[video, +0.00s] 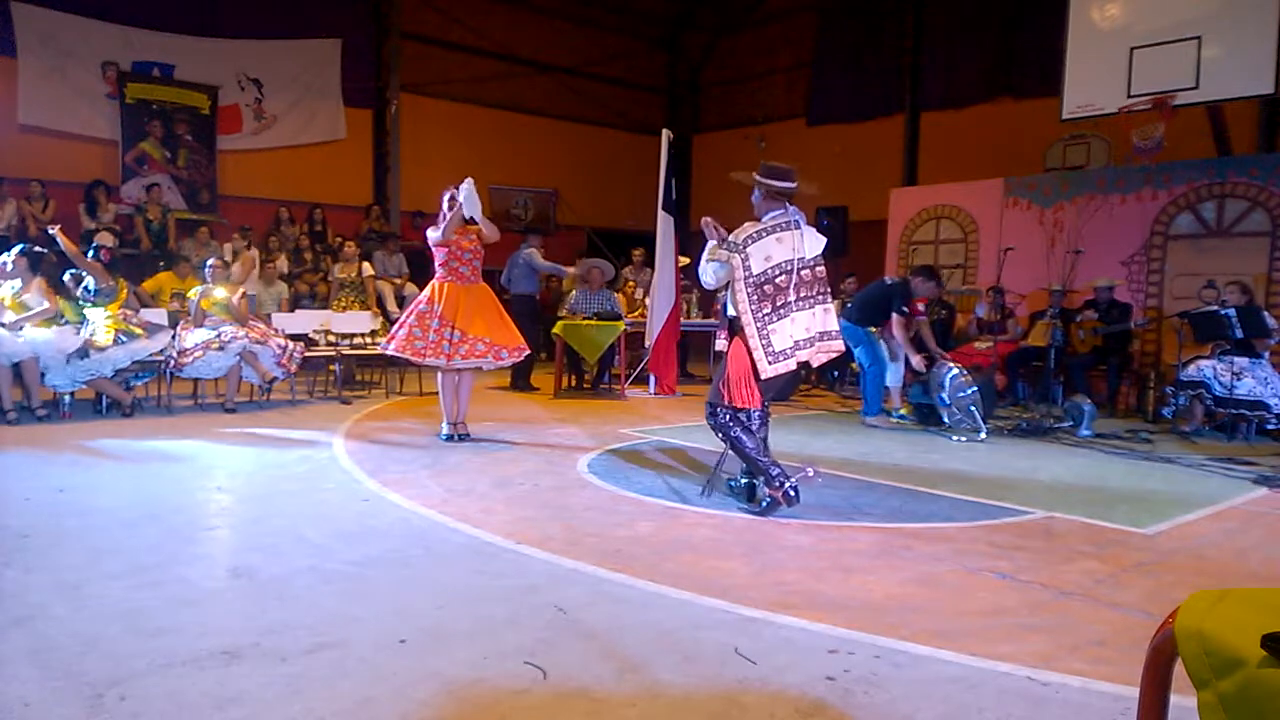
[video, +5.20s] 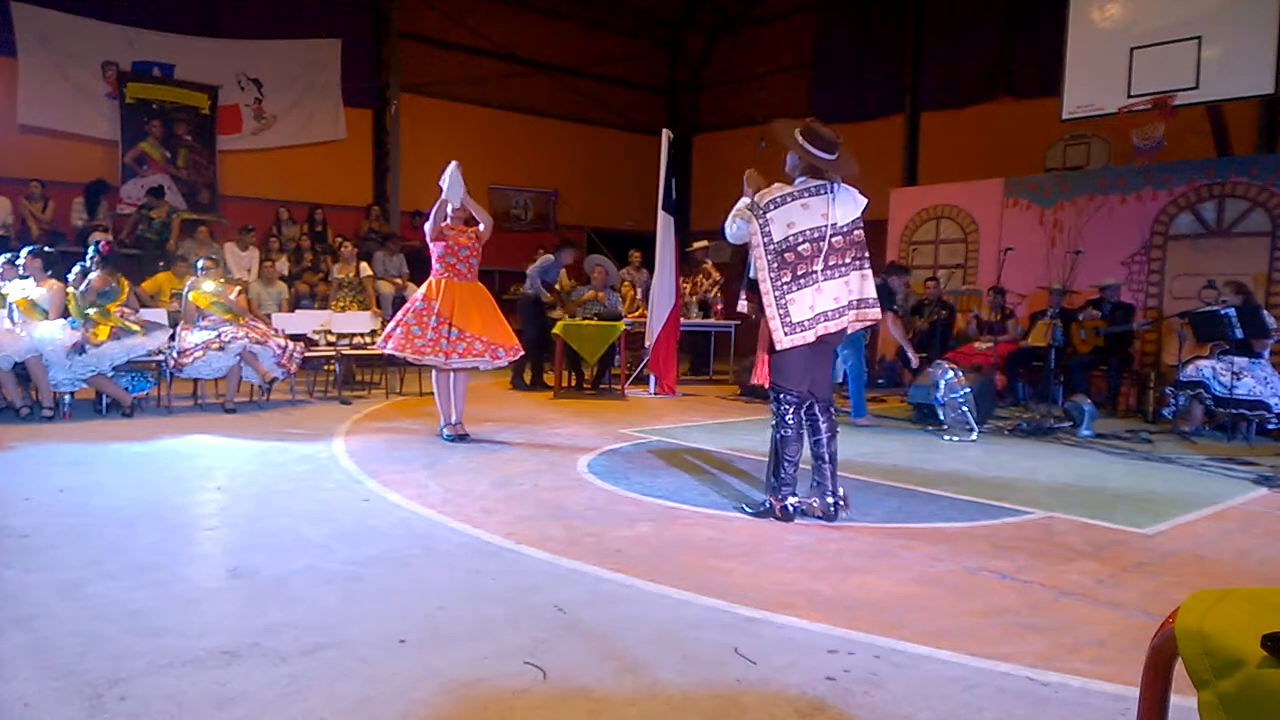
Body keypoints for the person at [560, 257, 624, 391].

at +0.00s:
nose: (594, 278)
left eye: (597, 275)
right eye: (592, 274)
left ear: (603, 278)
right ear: (587, 277)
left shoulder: (610, 295)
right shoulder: (576, 294)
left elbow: (618, 314)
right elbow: (564, 312)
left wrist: (601, 317)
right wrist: (575, 317)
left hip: (601, 332)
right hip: (580, 331)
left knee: (609, 349)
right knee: (570, 347)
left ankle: (597, 381)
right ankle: (579, 377)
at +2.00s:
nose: (590, 276)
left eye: (594, 273)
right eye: (591, 273)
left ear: (602, 277)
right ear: (588, 275)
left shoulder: (613, 295)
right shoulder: (579, 293)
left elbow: (619, 312)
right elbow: (563, 309)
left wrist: (598, 314)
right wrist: (575, 318)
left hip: (603, 333)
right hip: (581, 331)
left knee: (610, 349)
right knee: (569, 345)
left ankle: (597, 380)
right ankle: (578, 377)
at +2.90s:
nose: (583, 278)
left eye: (587, 275)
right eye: (582, 275)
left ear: (595, 279)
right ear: (579, 277)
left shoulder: (607, 295)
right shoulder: (575, 294)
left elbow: (616, 311)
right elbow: (555, 299)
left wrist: (600, 300)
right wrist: (571, 301)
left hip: (601, 330)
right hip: (579, 330)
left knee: (610, 348)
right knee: (570, 346)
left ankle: (597, 380)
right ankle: (579, 377)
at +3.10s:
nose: (578, 278)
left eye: (582, 275)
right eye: (579, 275)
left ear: (592, 278)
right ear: (578, 277)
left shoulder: (608, 294)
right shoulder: (575, 295)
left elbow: (618, 311)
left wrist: (600, 305)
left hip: (602, 331)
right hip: (580, 331)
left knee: (610, 348)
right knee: (570, 344)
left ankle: (597, 380)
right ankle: (579, 377)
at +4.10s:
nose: (594, 276)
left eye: (597, 273)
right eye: (593, 273)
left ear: (605, 278)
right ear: (588, 275)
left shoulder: (612, 297)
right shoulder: (579, 293)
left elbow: (621, 315)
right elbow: (565, 309)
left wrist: (600, 314)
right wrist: (578, 303)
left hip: (603, 332)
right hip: (580, 331)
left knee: (609, 348)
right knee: (571, 345)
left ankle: (597, 381)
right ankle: (579, 379)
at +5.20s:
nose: (595, 276)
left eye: (599, 273)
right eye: (593, 272)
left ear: (606, 277)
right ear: (590, 275)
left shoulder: (613, 296)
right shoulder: (580, 291)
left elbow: (620, 314)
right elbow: (569, 305)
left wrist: (606, 303)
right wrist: (583, 299)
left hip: (603, 329)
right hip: (582, 327)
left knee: (610, 348)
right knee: (570, 345)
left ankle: (597, 379)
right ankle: (579, 376)